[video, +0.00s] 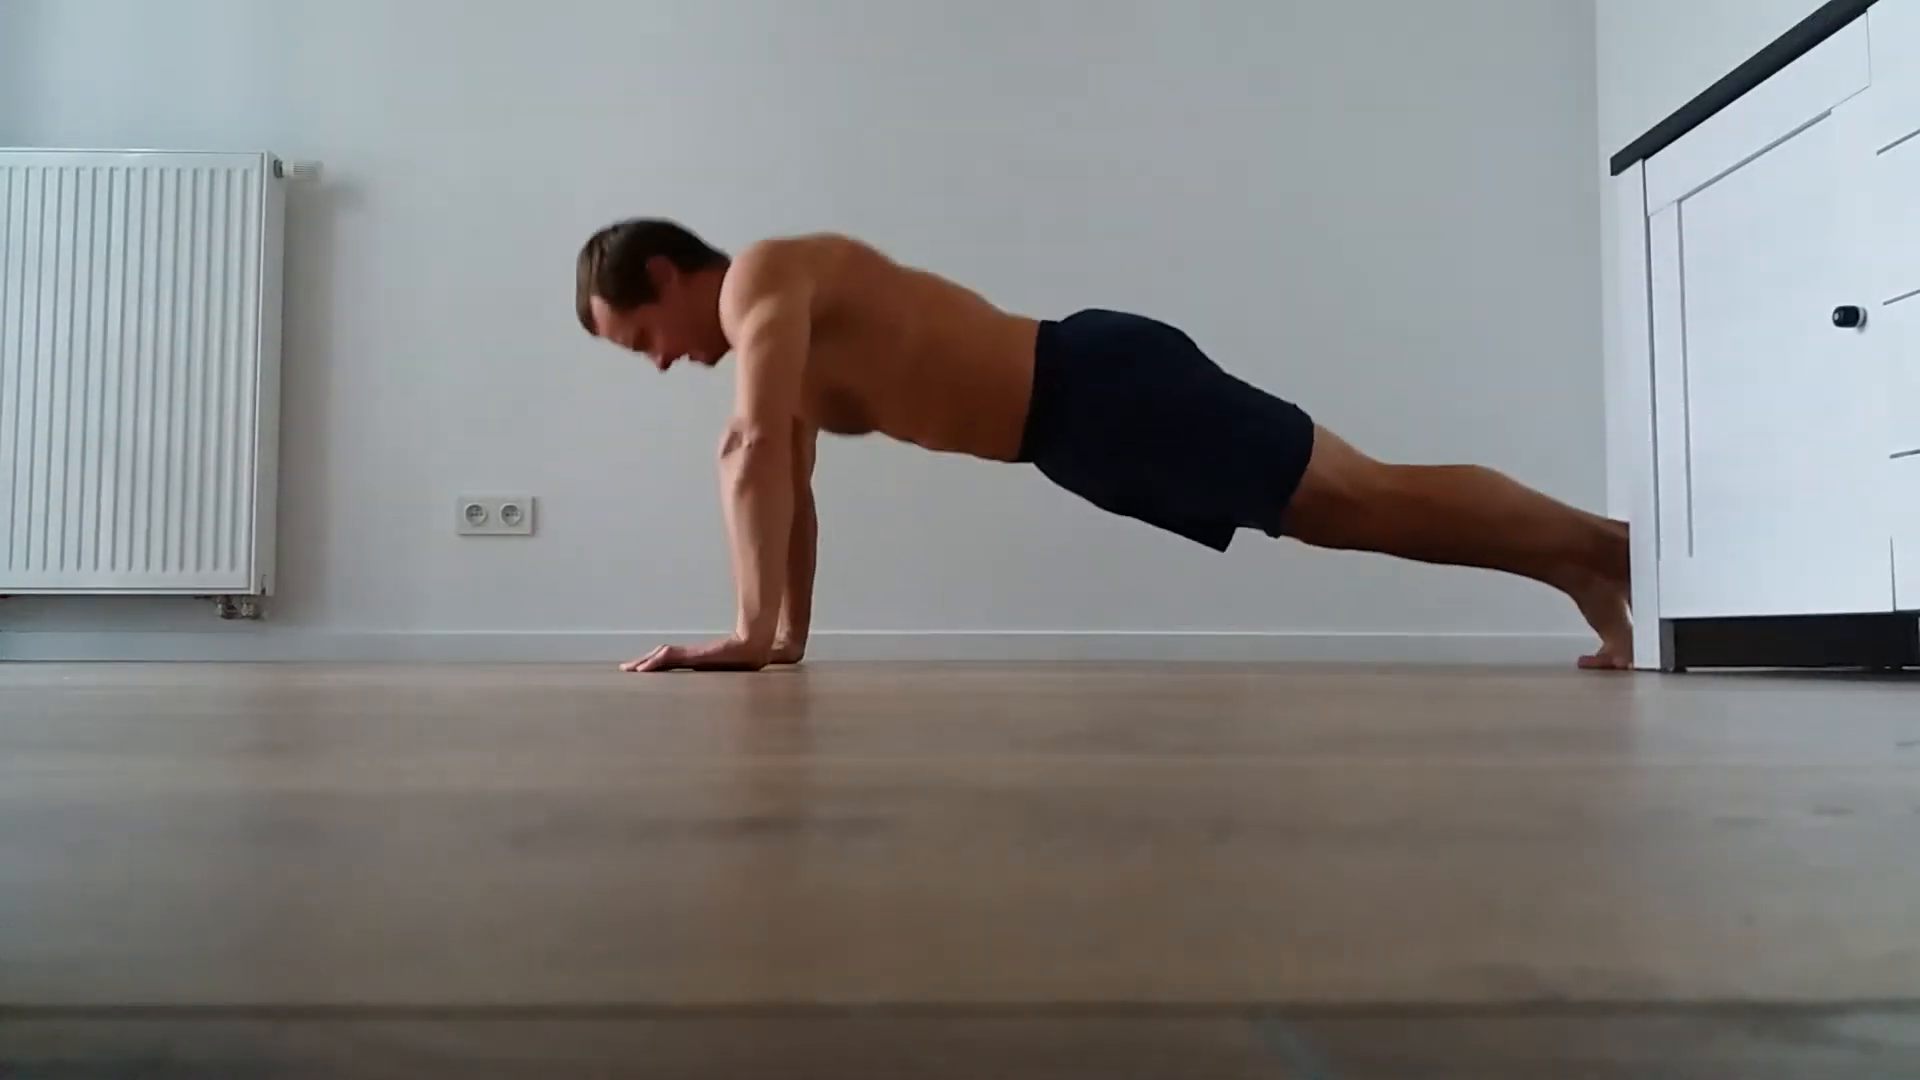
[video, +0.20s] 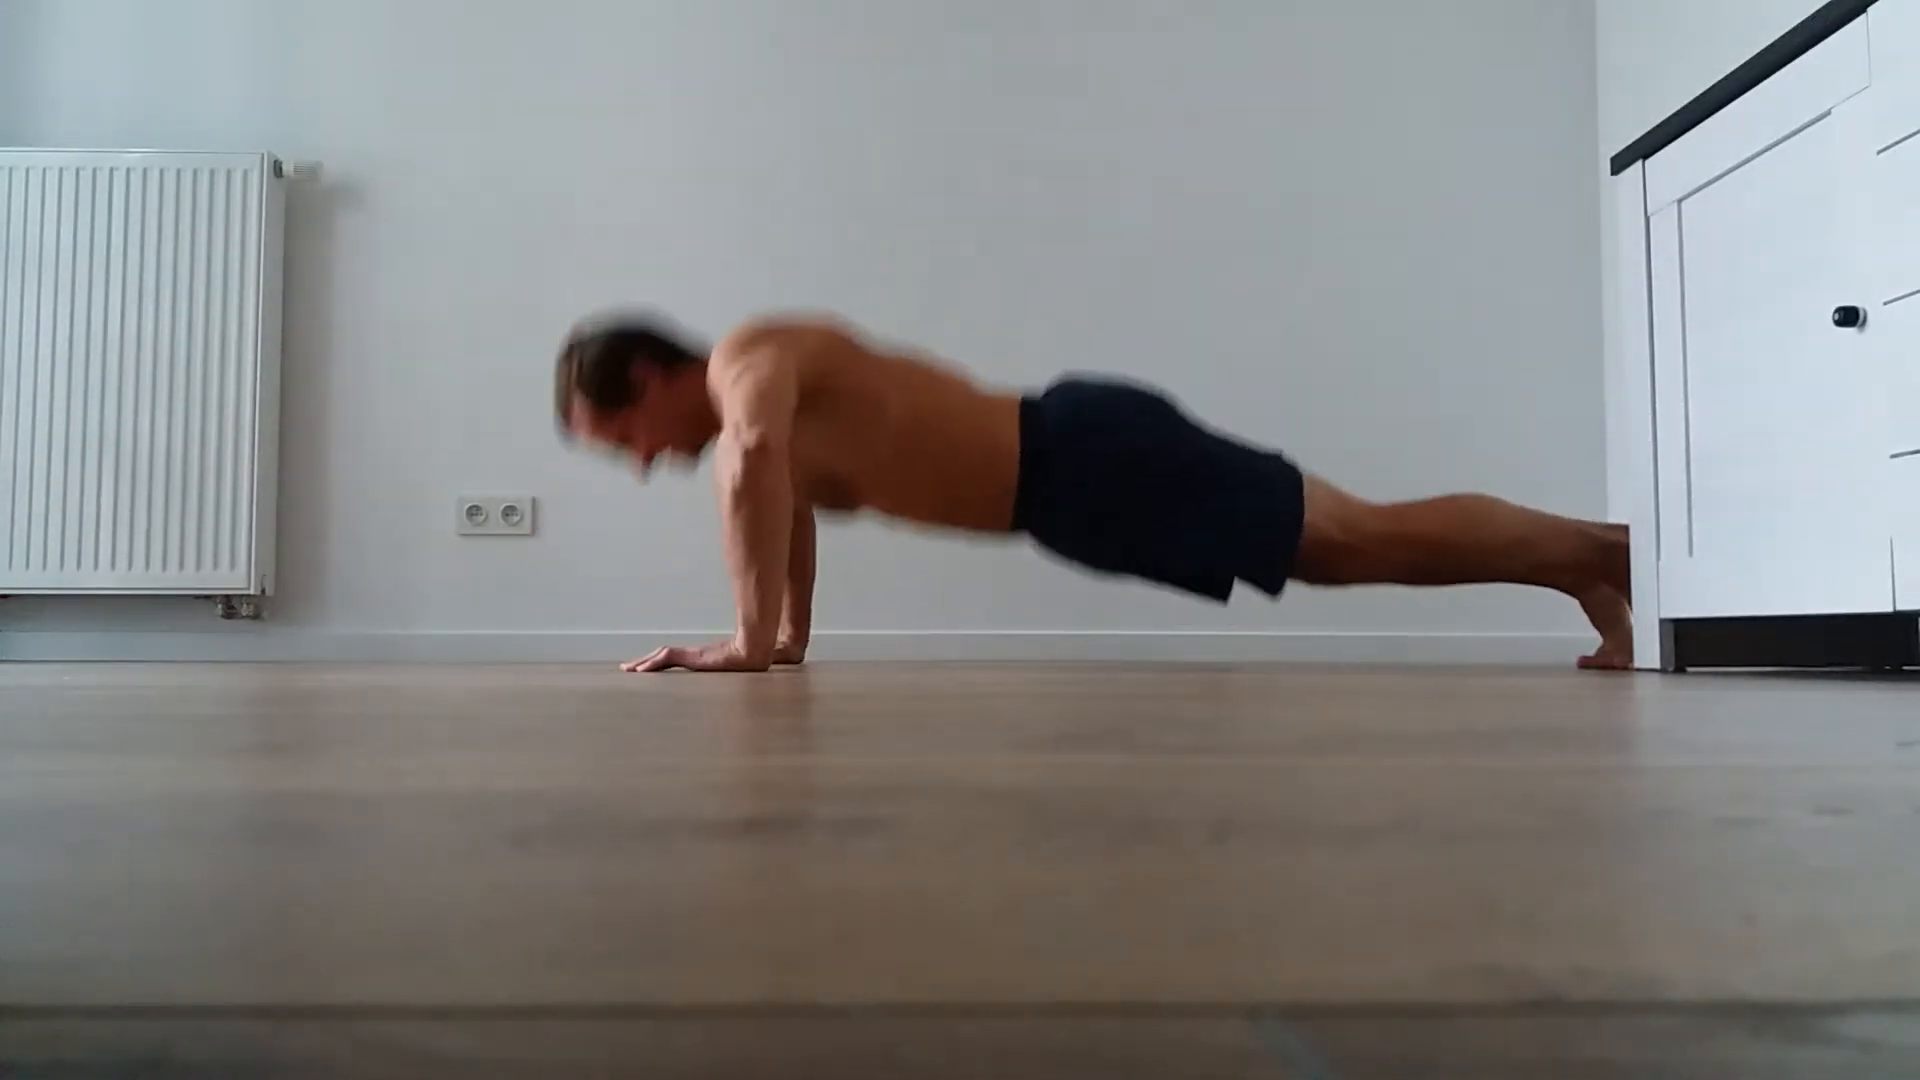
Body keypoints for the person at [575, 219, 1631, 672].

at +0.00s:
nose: (654, 358)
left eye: (640, 335)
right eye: (639, 347)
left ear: (663, 281)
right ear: (666, 296)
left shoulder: (764, 281)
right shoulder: (771, 317)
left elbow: (749, 460)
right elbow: (788, 488)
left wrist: (753, 636)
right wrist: (785, 637)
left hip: (1096, 394)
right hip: (1084, 406)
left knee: (1362, 502)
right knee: (1353, 506)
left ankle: (1602, 553)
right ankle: (1587, 564)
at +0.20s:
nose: (635, 457)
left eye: (621, 438)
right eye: (619, 446)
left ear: (645, 383)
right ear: (655, 382)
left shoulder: (746, 363)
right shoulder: (762, 378)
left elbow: (749, 480)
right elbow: (787, 506)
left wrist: (754, 639)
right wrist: (785, 642)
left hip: (1078, 465)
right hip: (1071, 464)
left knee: (1359, 542)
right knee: (1351, 538)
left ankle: (1592, 557)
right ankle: (1581, 556)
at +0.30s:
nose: (625, 576)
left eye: (609, 560)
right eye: (608, 568)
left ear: (623, 506)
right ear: (631, 512)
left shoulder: (720, 462)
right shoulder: (733, 475)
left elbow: (734, 469)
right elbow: (790, 620)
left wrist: (751, 639)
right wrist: (741, 643)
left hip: (1068, 530)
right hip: (1057, 532)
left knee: (1358, 576)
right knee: (1352, 570)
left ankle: (1595, 563)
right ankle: (1589, 564)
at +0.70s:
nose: (632, 436)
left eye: (618, 417)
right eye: (618, 426)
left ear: (644, 370)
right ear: (656, 371)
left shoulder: (742, 362)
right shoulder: (754, 377)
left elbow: (734, 482)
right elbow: (773, 502)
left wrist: (752, 639)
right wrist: (784, 644)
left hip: (1088, 430)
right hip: (1079, 432)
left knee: (1355, 511)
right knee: (1351, 509)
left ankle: (1595, 553)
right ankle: (1586, 553)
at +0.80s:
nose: (644, 373)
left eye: (628, 351)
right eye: (629, 362)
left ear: (653, 300)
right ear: (658, 314)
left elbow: (742, 461)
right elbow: (784, 500)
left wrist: (752, 634)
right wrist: (785, 643)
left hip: (1094, 391)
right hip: (1083, 400)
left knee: (1360, 492)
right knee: (1354, 491)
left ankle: (1598, 552)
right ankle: (1584, 557)